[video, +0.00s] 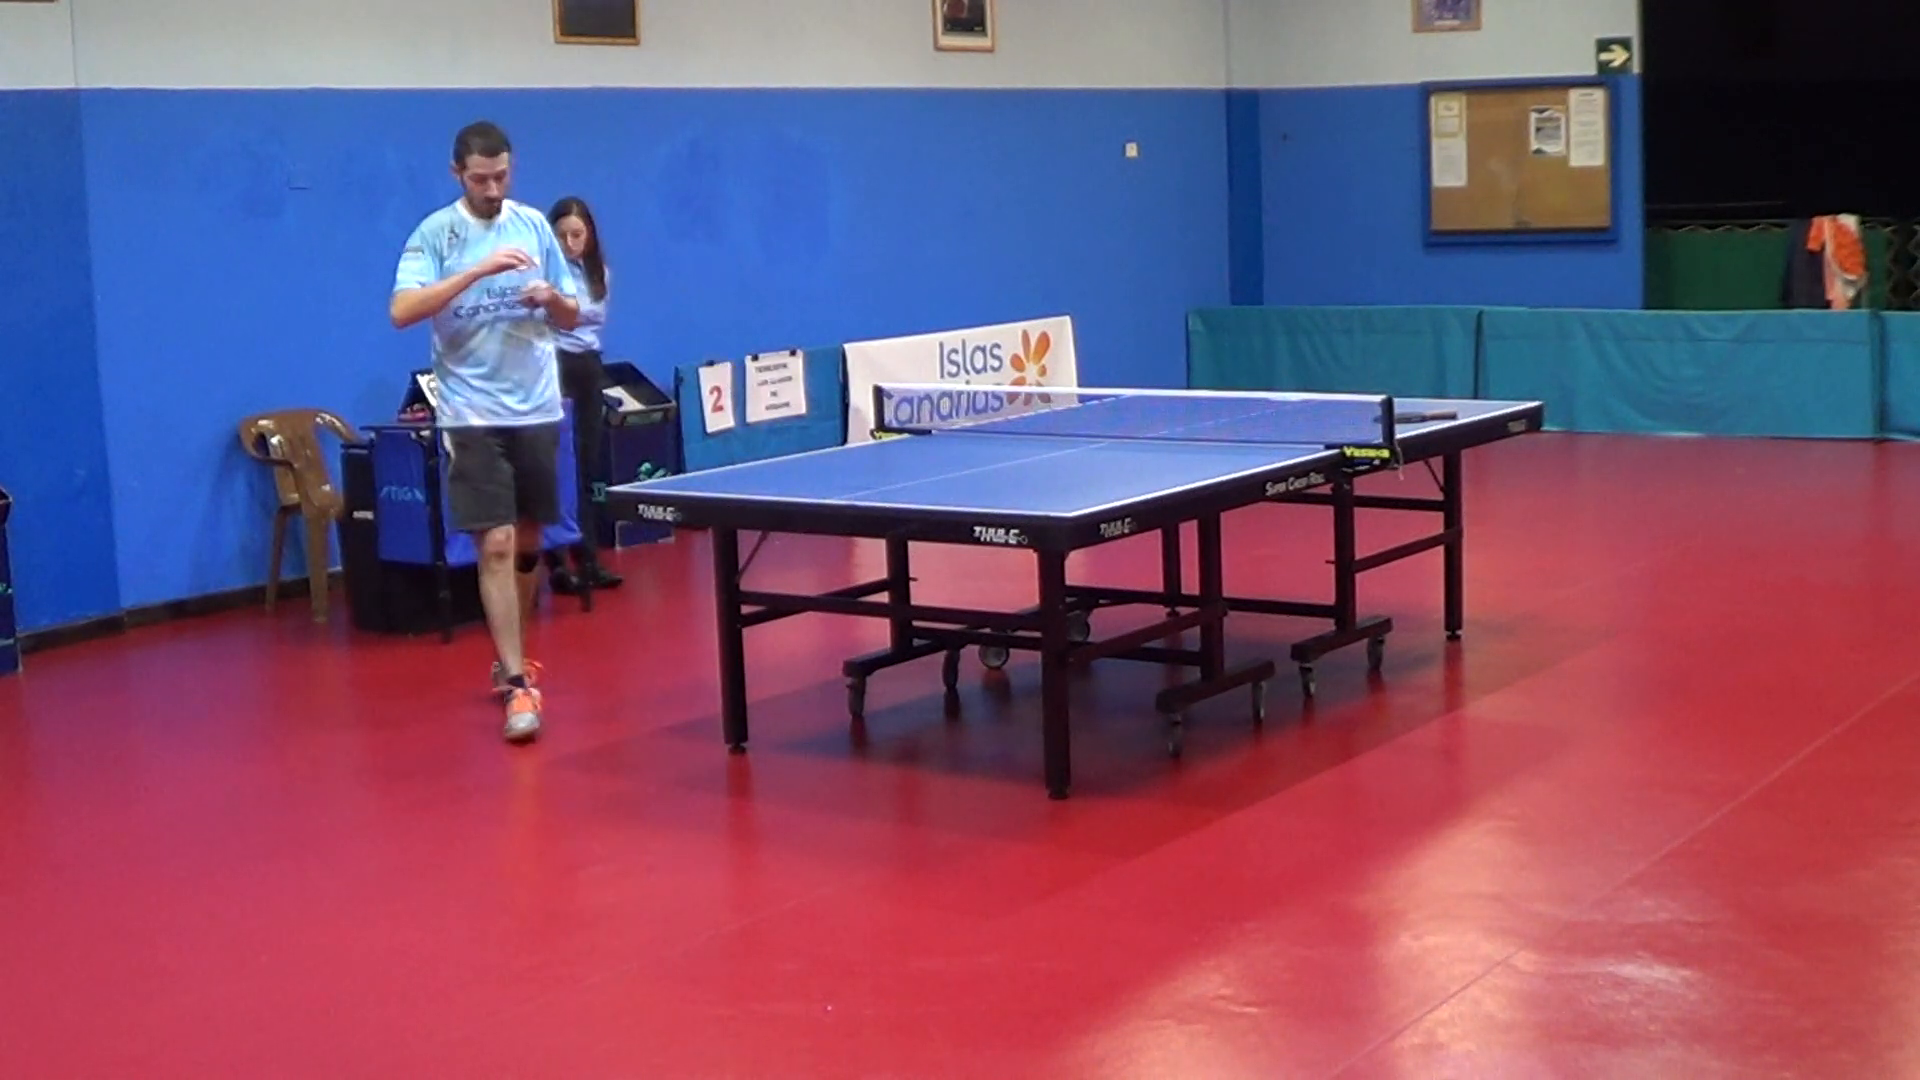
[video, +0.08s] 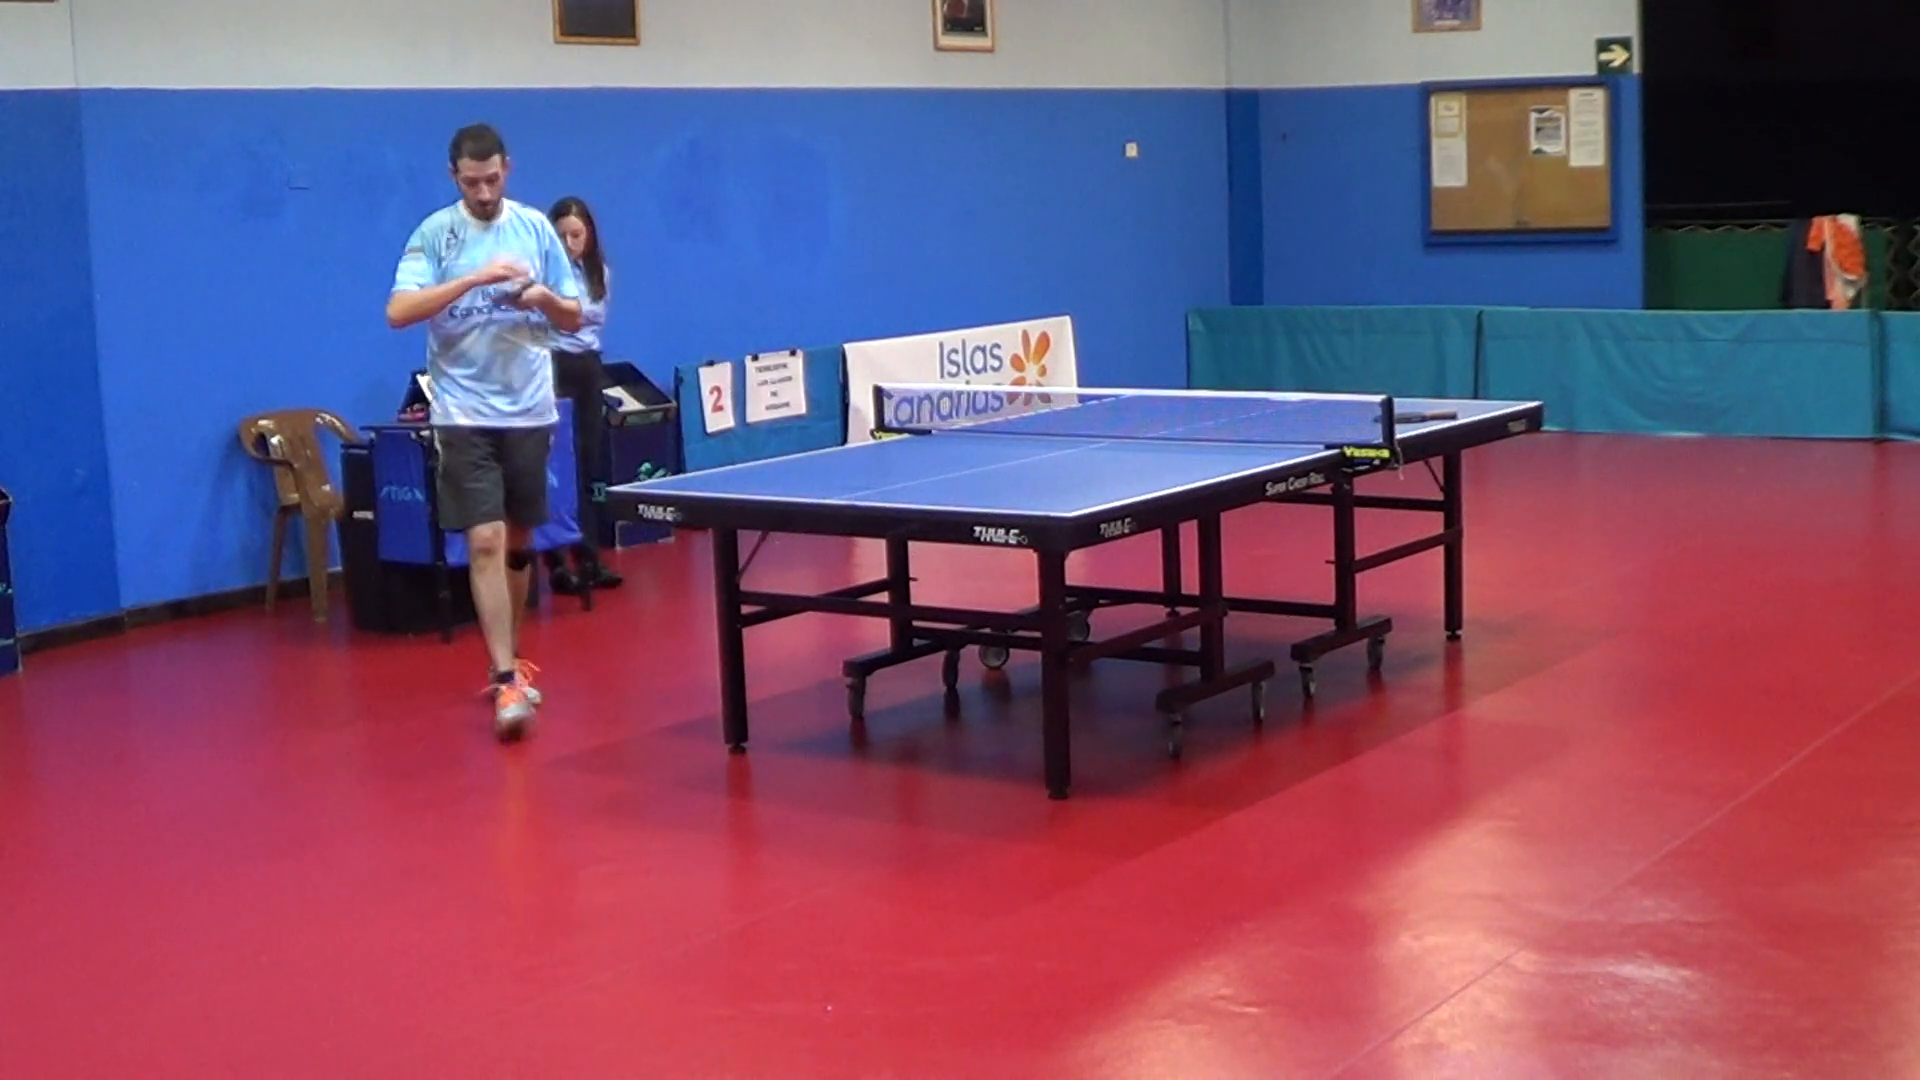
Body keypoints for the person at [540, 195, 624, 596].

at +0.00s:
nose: (573, 242)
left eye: (579, 233)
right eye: (565, 234)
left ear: (591, 234)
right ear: (553, 237)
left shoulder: (599, 272)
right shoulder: (548, 272)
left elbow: (602, 314)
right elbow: (545, 316)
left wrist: (566, 310)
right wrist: (581, 312)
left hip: (587, 358)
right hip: (552, 359)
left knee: (590, 459)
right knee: (560, 462)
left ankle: (590, 555)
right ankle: (559, 559)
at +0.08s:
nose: (572, 242)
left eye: (579, 234)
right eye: (565, 235)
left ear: (590, 234)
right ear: (553, 237)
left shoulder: (599, 270)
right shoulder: (547, 270)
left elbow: (602, 313)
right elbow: (542, 315)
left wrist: (567, 308)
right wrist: (572, 312)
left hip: (587, 359)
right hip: (552, 360)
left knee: (591, 458)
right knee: (559, 462)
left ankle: (590, 554)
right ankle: (560, 559)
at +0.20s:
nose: (572, 242)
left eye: (579, 234)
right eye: (565, 235)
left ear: (591, 235)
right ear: (553, 237)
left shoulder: (599, 272)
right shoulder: (547, 270)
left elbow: (600, 314)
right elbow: (541, 316)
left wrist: (567, 314)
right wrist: (571, 317)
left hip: (587, 360)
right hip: (552, 362)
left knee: (590, 460)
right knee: (558, 464)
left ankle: (590, 555)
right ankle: (561, 560)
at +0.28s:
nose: (572, 243)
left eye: (578, 234)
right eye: (564, 236)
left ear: (590, 235)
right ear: (553, 238)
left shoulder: (597, 273)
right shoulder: (545, 271)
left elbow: (600, 314)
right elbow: (540, 315)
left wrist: (563, 314)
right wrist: (578, 315)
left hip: (586, 360)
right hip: (550, 362)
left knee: (589, 461)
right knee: (557, 463)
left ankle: (588, 555)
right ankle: (560, 561)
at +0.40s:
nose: (572, 242)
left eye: (578, 233)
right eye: (564, 235)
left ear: (590, 234)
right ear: (552, 238)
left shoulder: (594, 271)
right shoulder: (541, 271)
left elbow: (599, 314)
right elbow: (541, 315)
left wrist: (559, 314)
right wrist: (586, 314)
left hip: (586, 360)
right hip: (548, 362)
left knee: (588, 460)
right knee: (556, 463)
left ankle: (589, 554)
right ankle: (560, 562)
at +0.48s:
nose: (571, 241)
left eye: (578, 232)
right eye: (563, 234)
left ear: (589, 234)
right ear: (552, 237)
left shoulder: (593, 270)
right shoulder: (540, 271)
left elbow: (598, 314)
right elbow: (539, 316)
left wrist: (555, 313)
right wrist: (585, 314)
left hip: (585, 361)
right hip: (547, 363)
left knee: (588, 460)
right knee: (555, 462)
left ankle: (589, 554)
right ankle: (559, 561)